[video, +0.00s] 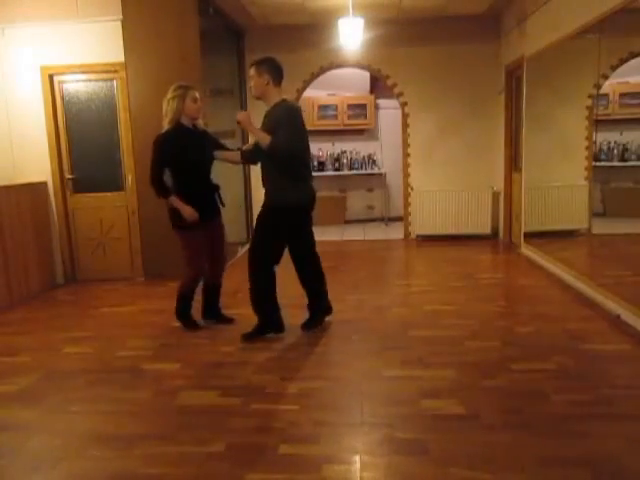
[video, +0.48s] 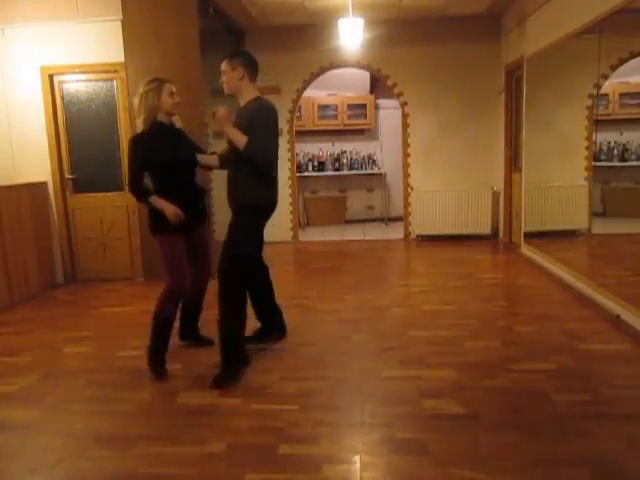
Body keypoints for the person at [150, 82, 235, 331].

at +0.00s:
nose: (199, 105)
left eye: (199, 100)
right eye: (193, 100)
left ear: (197, 105)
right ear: (178, 104)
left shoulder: (201, 135)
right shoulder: (165, 140)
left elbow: (227, 152)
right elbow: (156, 180)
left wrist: (252, 147)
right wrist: (180, 206)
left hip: (209, 201)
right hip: (185, 205)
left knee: (216, 260)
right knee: (196, 264)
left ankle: (211, 309)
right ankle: (183, 311)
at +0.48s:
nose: (177, 99)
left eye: (176, 94)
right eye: (171, 95)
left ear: (167, 99)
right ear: (154, 100)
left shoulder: (179, 134)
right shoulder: (141, 141)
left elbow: (196, 163)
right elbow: (136, 186)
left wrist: (208, 170)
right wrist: (163, 205)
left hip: (194, 212)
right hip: (167, 218)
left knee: (201, 273)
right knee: (178, 282)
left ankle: (189, 330)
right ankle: (157, 353)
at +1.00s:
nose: (136, 93)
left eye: (134, 88)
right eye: (130, 89)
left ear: (119, 95)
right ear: (112, 95)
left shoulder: (128, 133)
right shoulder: (114, 136)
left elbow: (168, 159)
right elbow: (122, 190)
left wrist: (205, 130)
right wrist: (147, 224)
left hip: (130, 224)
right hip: (119, 227)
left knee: (147, 297)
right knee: (134, 301)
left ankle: (100, 361)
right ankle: (145, 378)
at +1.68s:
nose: (121, 86)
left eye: (120, 80)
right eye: (114, 81)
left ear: (104, 85)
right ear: (94, 86)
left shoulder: (113, 125)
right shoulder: (87, 130)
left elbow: (129, 165)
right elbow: (82, 183)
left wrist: (158, 152)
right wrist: (133, 180)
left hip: (127, 220)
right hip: (106, 225)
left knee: (145, 297)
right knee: (127, 299)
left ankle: (109, 357)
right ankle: (123, 369)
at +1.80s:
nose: (117, 85)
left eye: (115, 79)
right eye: (110, 80)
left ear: (99, 86)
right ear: (91, 87)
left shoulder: (110, 126)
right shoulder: (89, 131)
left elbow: (127, 161)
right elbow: (87, 184)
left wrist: (168, 131)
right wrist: (132, 176)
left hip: (120, 222)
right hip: (102, 226)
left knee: (133, 298)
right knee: (119, 300)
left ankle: (100, 361)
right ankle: (126, 373)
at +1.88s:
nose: (115, 86)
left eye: (113, 80)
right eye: (108, 81)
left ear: (90, 88)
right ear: (89, 88)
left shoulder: (105, 126)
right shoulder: (89, 131)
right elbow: (95, 183)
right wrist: (134, 173)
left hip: (114, 222)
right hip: (100, 225)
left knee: (124, 299)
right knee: (121, 301)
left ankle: (96, 366)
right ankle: (120, 373)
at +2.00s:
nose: (111, 89)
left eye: (110, 83)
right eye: (105, 84)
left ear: (85, 92)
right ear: (86, 90)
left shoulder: (96, 129)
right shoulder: (88, 133)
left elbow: (107, 177)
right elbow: (98, 186)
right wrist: (134, 175)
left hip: (99, 228)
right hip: (99, 231)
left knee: (104, 303)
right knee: (139, 298)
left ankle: (91, 377)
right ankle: (105, 372)